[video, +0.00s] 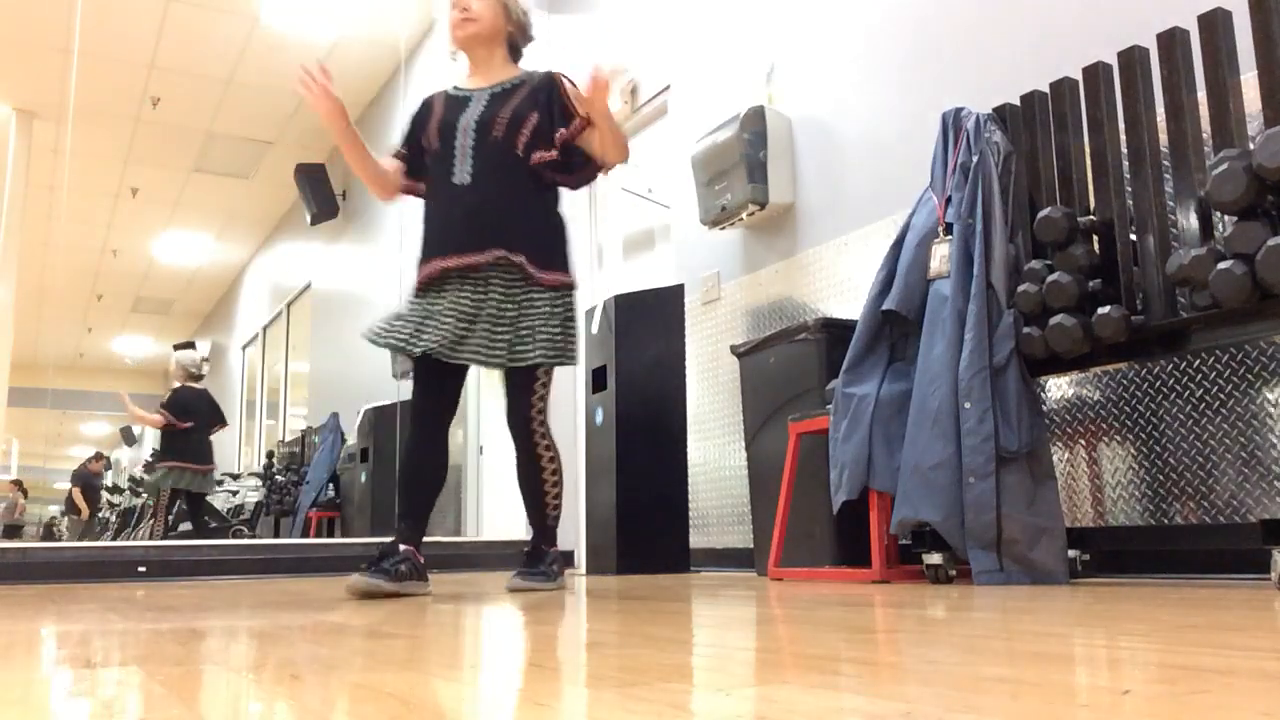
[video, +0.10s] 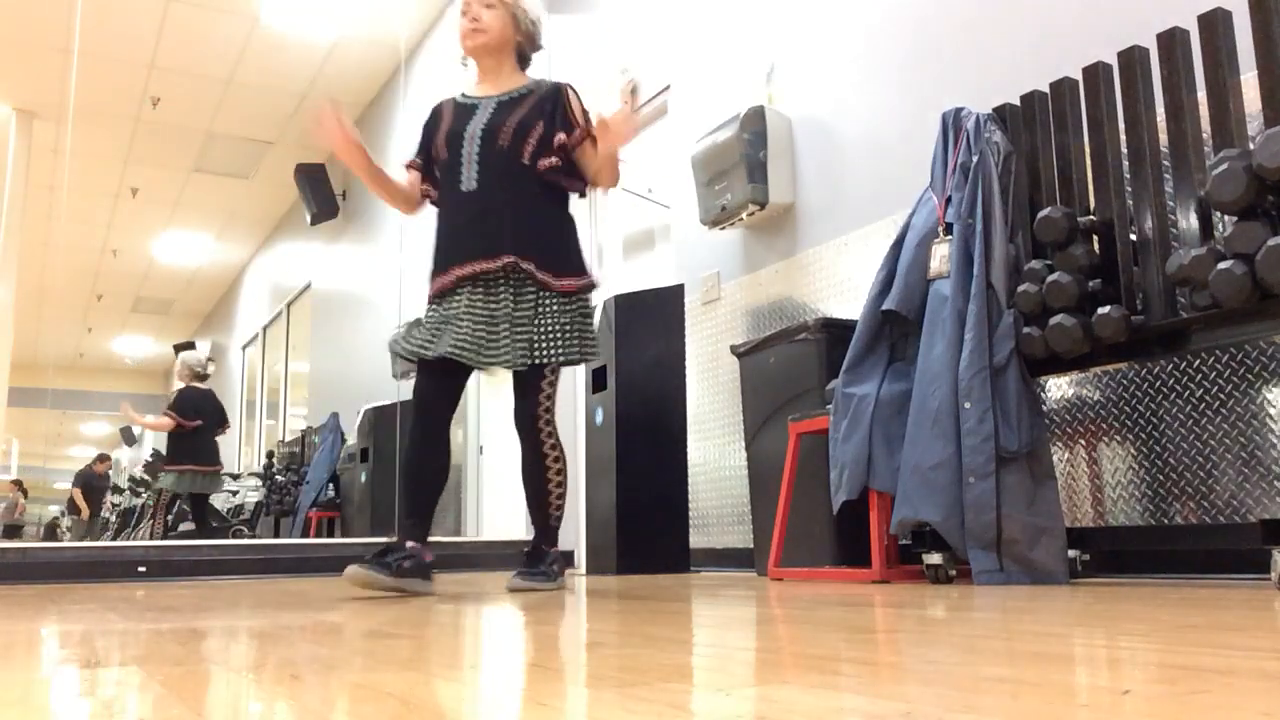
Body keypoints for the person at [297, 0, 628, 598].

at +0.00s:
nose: (459, 11)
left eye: (473, 2)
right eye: (454, 5)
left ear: (509, 17)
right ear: (449, 25)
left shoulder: (543, 88)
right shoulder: (436, 107)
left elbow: (613, 154)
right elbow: (388, 184)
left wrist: (600, 109)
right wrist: (340, 123)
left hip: (528, 273)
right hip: (449, 276)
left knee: (526, 417)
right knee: (428, 414)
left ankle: (545, 552)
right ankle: (407, 552)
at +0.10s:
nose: (470, 17)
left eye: (485, 7)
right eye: (464, 10)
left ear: (518, 25)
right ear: (459, 30)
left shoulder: (553, 97)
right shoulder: (444, 113)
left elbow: (600, 177)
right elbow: (409, 198)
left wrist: (607, 143)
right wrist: (356, 154)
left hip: (539, 275)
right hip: (462, 279)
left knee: (533, 416)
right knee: (430, 406)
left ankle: (545, 553)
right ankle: (412, 549)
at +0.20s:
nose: (481, 29)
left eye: (496, 20)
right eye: (475, 23)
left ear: (529, 38)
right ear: (469, 43)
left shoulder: (560, 110)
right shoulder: (454, 122)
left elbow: (593, 194)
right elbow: (430, 214)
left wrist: (603, 184)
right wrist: (391, 219)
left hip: (545, 277)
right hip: (472, 281)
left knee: (538, 416)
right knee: (443, 403)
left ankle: (545, 553)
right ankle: (452, 551)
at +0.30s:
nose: (487, 29)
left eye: (502, 22)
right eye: (482, 24)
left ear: (534, 42)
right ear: (476, 48)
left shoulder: (562, 112)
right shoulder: (458, 121)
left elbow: (598, 187)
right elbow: (439, 198)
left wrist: (588, 195)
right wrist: (427, 241)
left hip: (545, 279)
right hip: (472, 281)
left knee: (540, 414)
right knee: (442, 399)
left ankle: (547, 552)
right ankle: (448, 547)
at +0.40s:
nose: (490, 26)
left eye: (506, 19)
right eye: (484, 22)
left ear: (535, 42)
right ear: (478, 48)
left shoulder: (561, 109)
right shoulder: (457, 120)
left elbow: (607, 192)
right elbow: (437, 213)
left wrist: (559, 168)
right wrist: (429, 283)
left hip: (543, 279)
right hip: (468, 281)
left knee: (541, 415)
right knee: (429, 388)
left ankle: (548, 551)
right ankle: (434, 535)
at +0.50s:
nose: (488, 27)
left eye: (504, 20)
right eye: (481, 23)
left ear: (534, 41)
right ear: (475, 47)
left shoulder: (559, 110)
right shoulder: (455, 120)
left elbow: (600, 188)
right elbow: (436, 213)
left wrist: (537, 156)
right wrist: (424, 286)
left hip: (538, 278)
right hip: (465, 280)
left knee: (538, 415)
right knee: (421, 398)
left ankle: (546, 551)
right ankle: (422, 537)